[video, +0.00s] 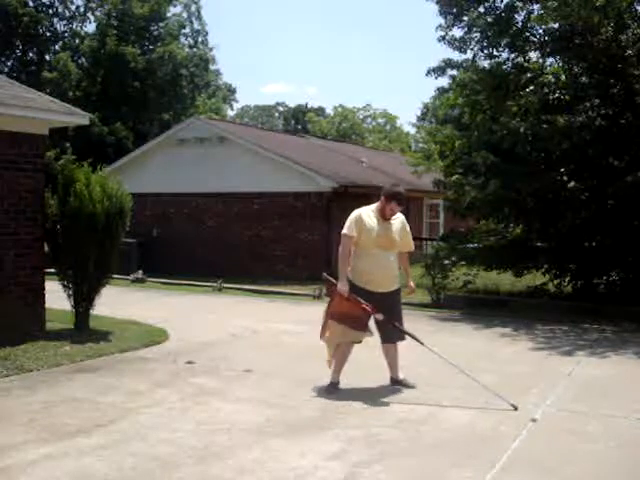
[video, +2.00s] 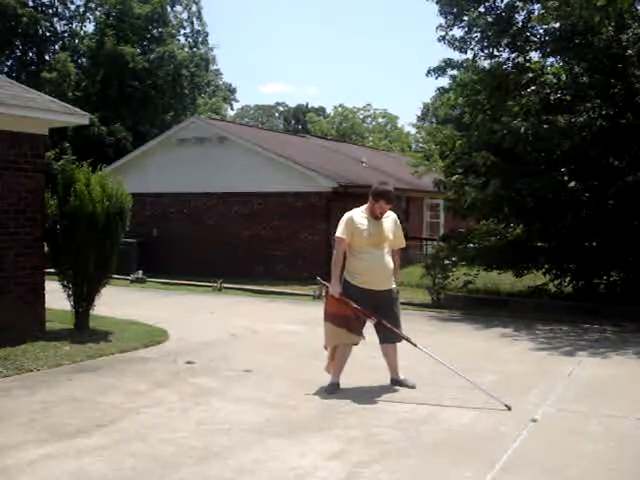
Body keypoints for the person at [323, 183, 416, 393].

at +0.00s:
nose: (394, 211)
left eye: (398, 208)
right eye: (392, 206)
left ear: (400, 207)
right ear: (383, 200)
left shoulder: (400, 222)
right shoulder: (360, 217)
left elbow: (403, 254)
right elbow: (345, 248)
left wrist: (409, 279)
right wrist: (342, 279)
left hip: (389, 291)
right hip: (359, 288)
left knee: (390, 337)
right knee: (348, 335)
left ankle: (395, 377)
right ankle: (334, 379)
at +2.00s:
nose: (384, 211)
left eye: (387, 207)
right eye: (381, 206)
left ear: (389, 205)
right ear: (372, 200)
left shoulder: (391, 219)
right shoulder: (351, 218)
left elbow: (395, 253)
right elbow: (339, 250)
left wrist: (395, 279)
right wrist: (335, 281)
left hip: (385, 289)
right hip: (355, 288)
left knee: (389, 336)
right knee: (347, 335)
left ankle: (395, 376)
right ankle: (334, 380)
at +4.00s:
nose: (384, 211)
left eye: (388, 208)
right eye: (381, 206)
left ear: (391, 206)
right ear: (371, 201)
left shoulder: (393, 220)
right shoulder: (352, 219)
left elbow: (397, 253)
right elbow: (334, 247)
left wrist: (399, 280)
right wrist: (333, 278)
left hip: (385, 290)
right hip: (355, 288)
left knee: (390, 337)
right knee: (346, 335)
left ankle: (395, 377)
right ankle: (334, 380)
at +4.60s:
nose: (385, 212)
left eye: (389, 209)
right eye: (383, 208)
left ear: (391, 207)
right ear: (373, 202)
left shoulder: (392, 221)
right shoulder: (352, 219)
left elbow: (397, 255)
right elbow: (335, 248)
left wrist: (398, 283)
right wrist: (332, 279)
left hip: (385, 289)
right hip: (356, 287)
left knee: (389, 337)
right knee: (347, 336)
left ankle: (395, 376)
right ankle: (335, 379)